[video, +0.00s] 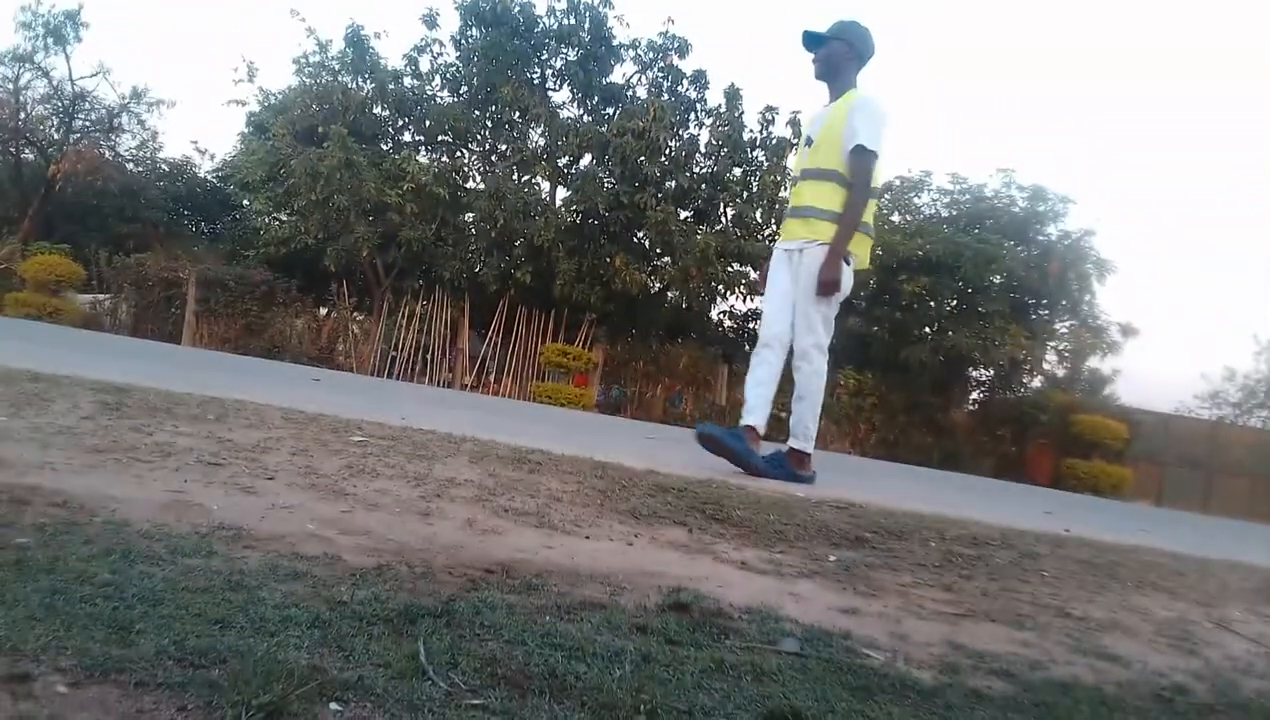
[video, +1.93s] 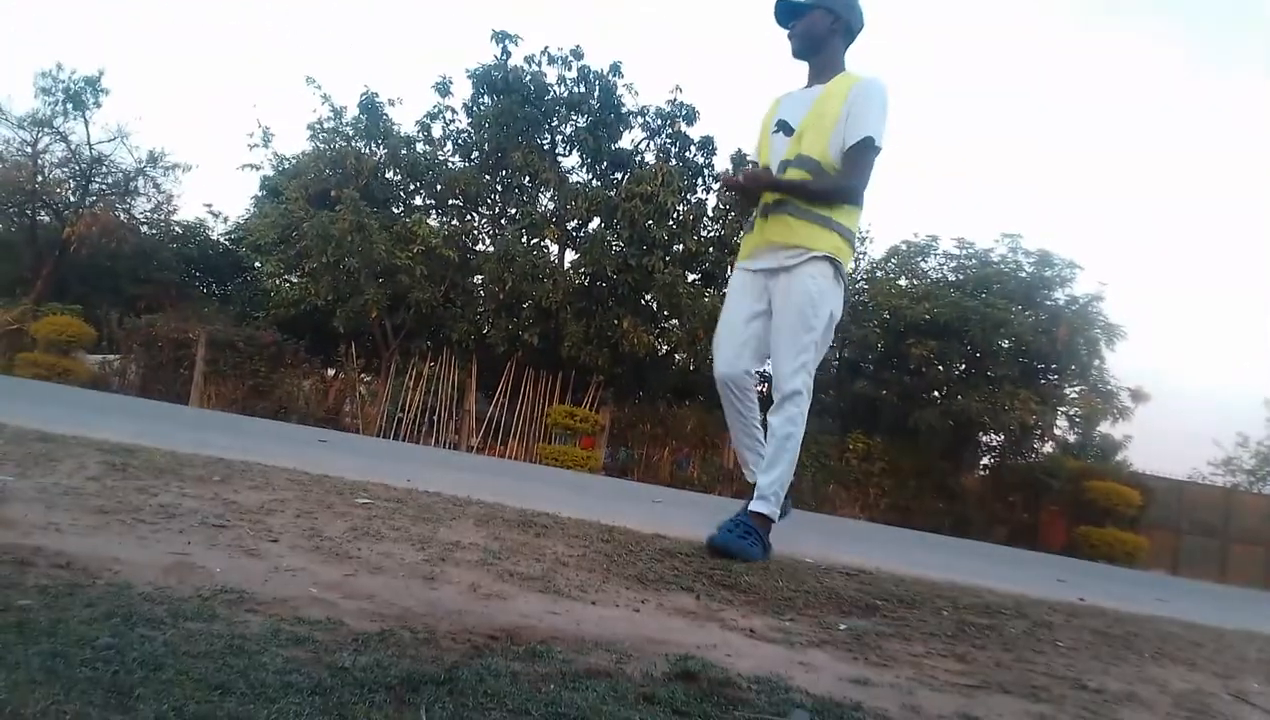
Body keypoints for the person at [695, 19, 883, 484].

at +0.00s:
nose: (816, 53)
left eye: (827, 46)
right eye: (819, 46)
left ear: (852, 55)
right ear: (832, 57)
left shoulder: (863, 108)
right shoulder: (819, 119)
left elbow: (860, 184)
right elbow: (803, 194)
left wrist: (836, 254)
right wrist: (777, 251)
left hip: (827, 248)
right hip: (789, 245)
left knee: (810, 348)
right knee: (771, 337)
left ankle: (799, 456)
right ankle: (749, 435)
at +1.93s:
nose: (790, 25)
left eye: (802, 15)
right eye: (790, 18)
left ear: (835, 23)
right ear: (812, 28)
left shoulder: (864, 92)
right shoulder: (781, 104)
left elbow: (851, 187)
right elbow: (763, 192)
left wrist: (772, 182)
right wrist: (743, 187)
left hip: (812, 258)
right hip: (755, 255)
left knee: (792, 384)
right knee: (730, 370)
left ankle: (760, 518)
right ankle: (765, 485)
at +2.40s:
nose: (779, 1)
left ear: (826, 4)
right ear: (788, 11)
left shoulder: (848, 66)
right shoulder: (762, 81)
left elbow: (834, 168)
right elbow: (740, 180)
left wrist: (743, 146)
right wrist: (717, 145)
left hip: (796, 247)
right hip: (735, 245)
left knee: (783, 384)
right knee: (707, 363)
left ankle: (759, 521)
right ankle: (668, 495)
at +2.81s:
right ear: (730, 5)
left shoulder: (795, 43)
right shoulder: (709, 65)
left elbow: (785, 140)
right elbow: (673, 169)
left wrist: (686, 107)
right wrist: (680, 105)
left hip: (736, 222)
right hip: (674, 224)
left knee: (703, 355)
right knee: (674, 377)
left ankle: (754, 485)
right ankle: (669, 528)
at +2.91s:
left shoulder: (780, 32)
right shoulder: (692, 59)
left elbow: (774, 131)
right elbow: (665, 162)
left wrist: (675, 90)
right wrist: (655, 98)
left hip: (721, 205)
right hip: (663, 211)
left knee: (662, 328)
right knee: (667, 360)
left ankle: (732, 471)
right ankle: (669, 525)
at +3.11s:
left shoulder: (743, 10)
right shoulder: (664, 48)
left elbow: (737, 112)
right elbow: (631, 148)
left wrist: (640, 69)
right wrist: (610, 85)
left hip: (684, 194)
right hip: (636, 202)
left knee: (616, 323)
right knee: (658, 353)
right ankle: (671, 527)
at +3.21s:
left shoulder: (719, 6)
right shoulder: (645, 42)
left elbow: (705, 103)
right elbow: (613, 147)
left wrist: (607, 64)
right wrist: (598, 84)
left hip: (664, 201)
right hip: (617, 205)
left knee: (602, 344)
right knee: (650, 367)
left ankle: (510, 505)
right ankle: (671, 524)